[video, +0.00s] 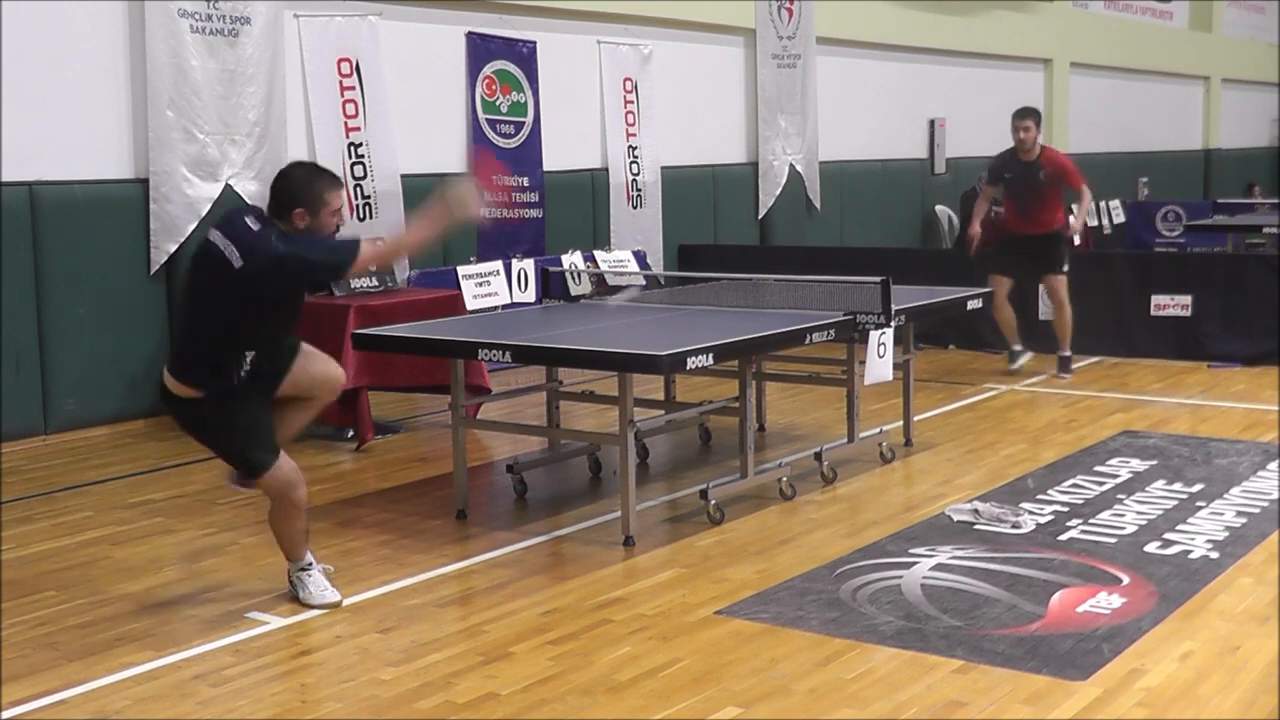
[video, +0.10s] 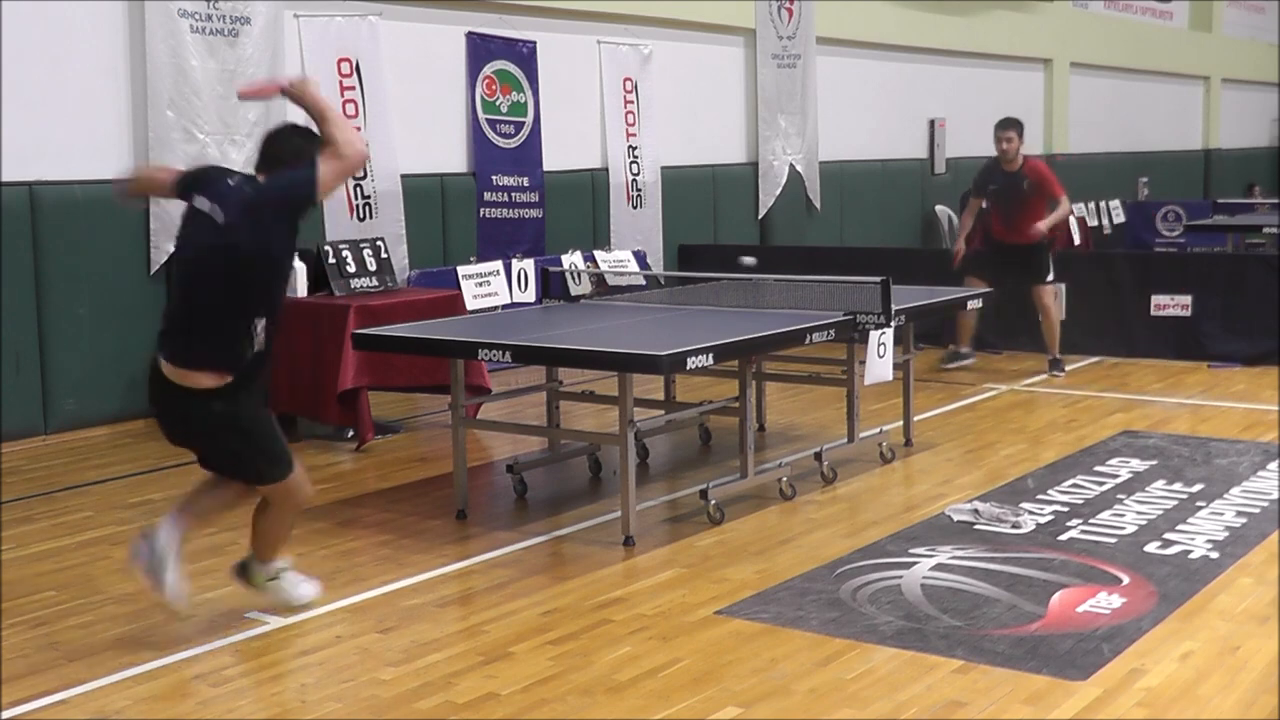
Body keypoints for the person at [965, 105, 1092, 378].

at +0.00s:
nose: (1020, 135)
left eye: (1026, 130)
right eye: (1016, 130)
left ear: (1038, 131)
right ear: (1012, 132)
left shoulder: (1055, 161)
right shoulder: (1003, 162)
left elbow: (1085, 192)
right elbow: (986, 196)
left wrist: (1079, 220)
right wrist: (975, 223)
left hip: (1050, 237)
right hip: (1013, 237)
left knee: (1057, 293)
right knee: (997, 294)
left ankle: (1064, 353)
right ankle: (1016, 349)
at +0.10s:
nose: (1003, 146)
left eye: (1008, 140)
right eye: (999, 140)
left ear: (1020, 142)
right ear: (995, 142)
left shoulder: (1036, 169)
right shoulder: (988, 172)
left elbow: (1065, 205)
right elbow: (972, 208)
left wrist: (1046, 223)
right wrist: (961, 239)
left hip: (1034, 247)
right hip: (996, 246)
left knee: (1044, 301)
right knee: (970, 291)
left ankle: (1054, 357)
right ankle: (963, 350)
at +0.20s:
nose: (984, 159)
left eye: (990, 153)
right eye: (981, 154)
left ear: (1004, 154)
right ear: (977, 156)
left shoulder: (1020, 181)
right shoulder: (976, 185)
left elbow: (1044, 219)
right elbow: (962, 225)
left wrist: (1016, 236)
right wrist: (948, 252)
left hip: (1021, 256)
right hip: (983, 255)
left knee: (1038, 305)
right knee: (949, 300)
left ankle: (1054, 358)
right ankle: (929, 350)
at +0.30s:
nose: (941, 174)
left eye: (946, 168)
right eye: (938, 169)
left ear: (960, 166)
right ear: (936, 172)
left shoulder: (979, 191)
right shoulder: (950, 200)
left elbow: (976, 235)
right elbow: (951, 240)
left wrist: (940, 246)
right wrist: (932, 273)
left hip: (1003, 261)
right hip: (969, 260)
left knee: (1019, 317)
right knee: (926, 298)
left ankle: (1057, 356)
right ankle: (912, 352)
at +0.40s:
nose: (907, 183)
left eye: (910, 177)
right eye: (905, 178)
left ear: (925, 174)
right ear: (917, 177)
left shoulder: (939, 195)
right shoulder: (934, 198)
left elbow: (926, 232)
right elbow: (944, 241)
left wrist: (898, 256)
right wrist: (933, 270)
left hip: (989, 265)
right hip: (958, 265)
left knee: (1011, 321)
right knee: (918, 300)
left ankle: (1065, 355)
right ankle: (912, 353)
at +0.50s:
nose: (866, 184)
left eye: (868, 179)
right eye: (865, 179)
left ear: (882, 176)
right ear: (882, 177)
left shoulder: (899, 190)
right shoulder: (896, 196)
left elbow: (910, 208)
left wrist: (901, 238)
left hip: (954, 255)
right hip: (926, 259)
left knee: (982, 306)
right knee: (897, 299)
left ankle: (1044, 344)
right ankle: (910, 352)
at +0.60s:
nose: (849, 181)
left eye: (849, 175)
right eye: (847, 177)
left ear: (862, 168)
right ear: (858, 172)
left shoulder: (889, 177)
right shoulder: (873, 200)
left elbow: (909, 194)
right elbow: (860, 242)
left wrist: (883, 215)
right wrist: (830, 251)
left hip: (936, 247)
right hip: (910, 254)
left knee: (948, 294)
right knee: (901, 304)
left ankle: (997, 341)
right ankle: (911, 353)